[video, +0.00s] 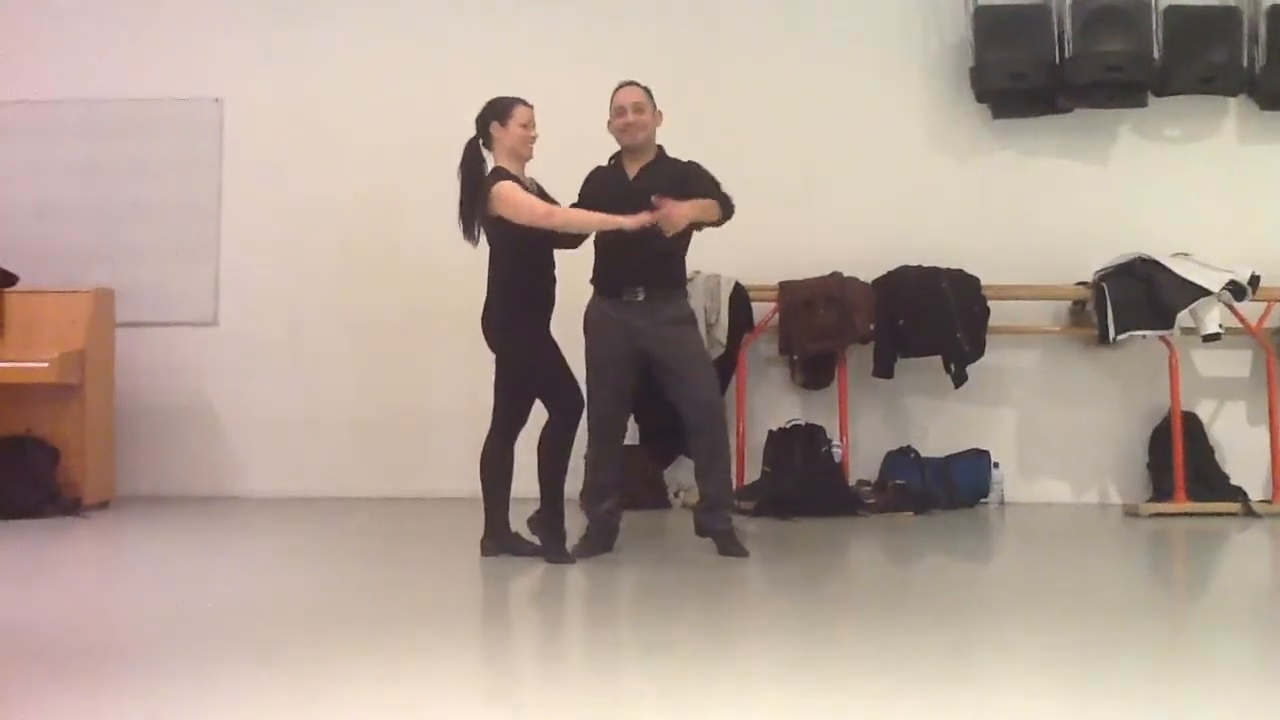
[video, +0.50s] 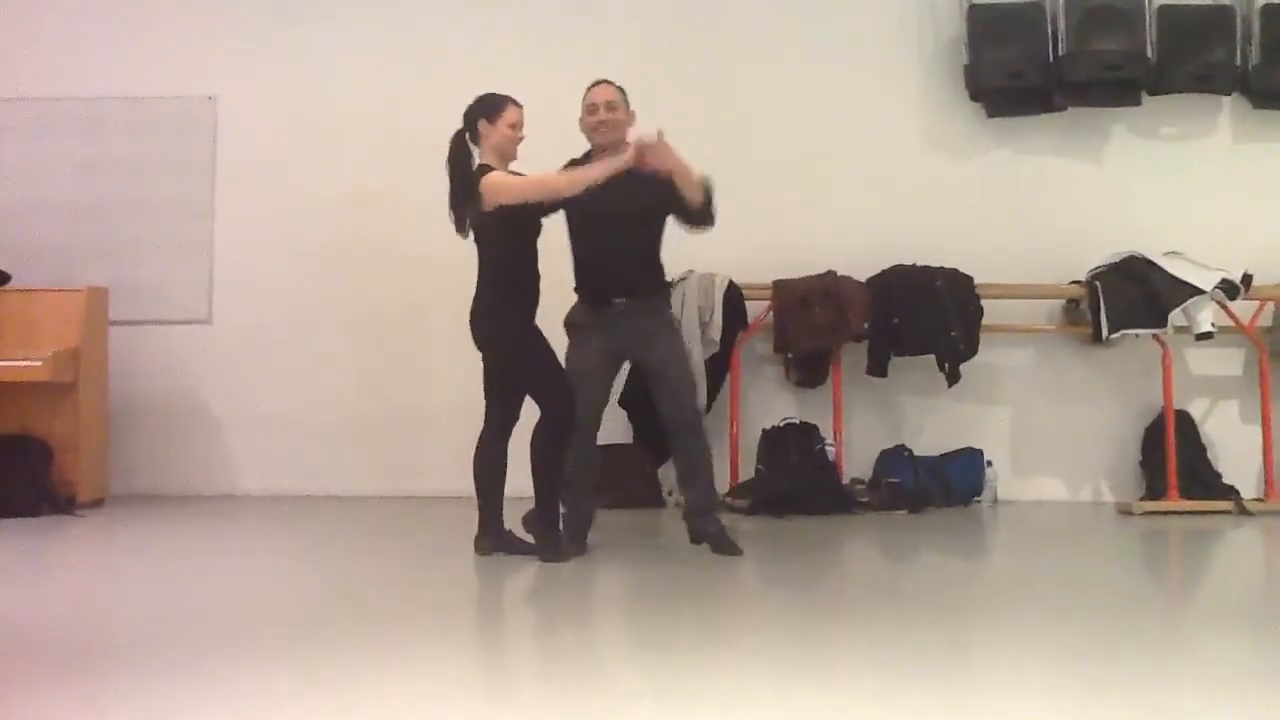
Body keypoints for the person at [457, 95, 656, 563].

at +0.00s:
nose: (534, 133)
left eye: (534, 126)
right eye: (525, 126)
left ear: (519, 135)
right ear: (496, 132)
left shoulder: (524, 186)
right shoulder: (500, 189)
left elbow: (567, 241)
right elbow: (559, 223)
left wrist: (589, 217)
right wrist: (625, 221)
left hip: (527, 319)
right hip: (513, 322)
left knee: (506, 425)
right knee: (567, 404)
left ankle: (496, 531)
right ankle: (550, 517)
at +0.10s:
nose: (536, 131)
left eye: (535, 124)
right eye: (527, 124)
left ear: (519, 134)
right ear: (498, 130)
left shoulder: (523, 183)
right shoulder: (501, 186)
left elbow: (569, 231)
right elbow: (565, 214)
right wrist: (632, 208)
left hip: (527, 317)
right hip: (515, 320)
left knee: (506, 423)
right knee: (569, 403)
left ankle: (497, 529)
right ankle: (551, 517)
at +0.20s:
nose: (534, 134)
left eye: (533, 127)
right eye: (525, 127)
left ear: (509, 134)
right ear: (496, 132)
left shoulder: (518, 184)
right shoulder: (498, 186)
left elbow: (563, 212)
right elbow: (555, 206)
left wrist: (622, 194)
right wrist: (628, 190)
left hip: (521, 318)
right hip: (514, 322)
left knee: (503, 425)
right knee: (566, 408)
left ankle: (494, 531)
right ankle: (549, 519)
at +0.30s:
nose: (532, 137)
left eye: (532, 129)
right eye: (524, 129)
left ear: (506, 135)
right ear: (495, 132)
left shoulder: (514, 185)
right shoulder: (502, 188)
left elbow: (568, 198)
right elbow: (567, 195)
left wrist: (617, 176)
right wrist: (622, 174)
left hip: (518, 318)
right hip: (514, 322)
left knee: (502, 426)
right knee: (567, 409)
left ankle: (494, 532)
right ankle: (548, 518)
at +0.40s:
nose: (528, 134)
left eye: (528, 126)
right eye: (520, 126)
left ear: (500, 130)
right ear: (492, 127)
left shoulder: (507, 182)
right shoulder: (497, 183)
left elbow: (564, 189)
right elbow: (565, 183)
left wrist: (619, 155)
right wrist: (623, 154)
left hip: (513, 315)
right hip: (510, 318)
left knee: (499, 423)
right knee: (563, 404)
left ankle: (491, 529)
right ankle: (546, 517)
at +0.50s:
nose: (521, 135)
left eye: (522, 127)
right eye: (514, 126)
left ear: (496, 131)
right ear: (485, 128)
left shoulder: (503, 182)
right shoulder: (489, 184)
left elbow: (559, 188)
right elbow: (559, 186)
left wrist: (617, 159)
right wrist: (620, 161)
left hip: (507, 316)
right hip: (504, 320)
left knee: (499, 422)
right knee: (561, 405)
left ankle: (490, 530)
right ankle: (545, 518)